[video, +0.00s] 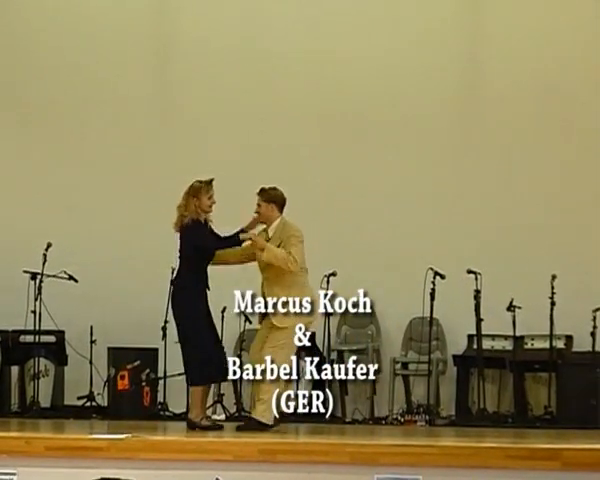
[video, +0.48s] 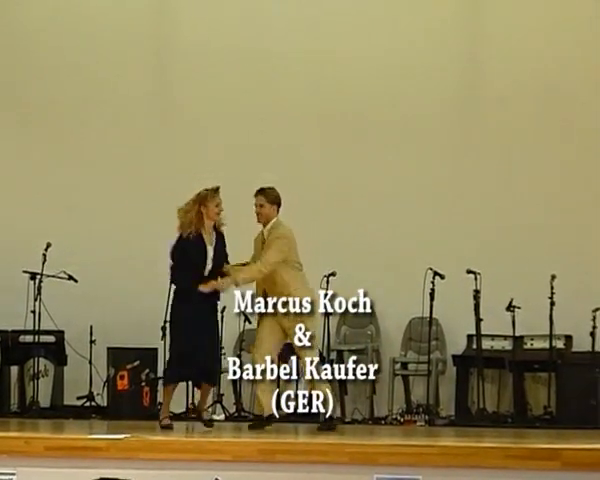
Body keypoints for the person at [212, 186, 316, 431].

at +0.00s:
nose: (256, 210)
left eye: (259, 206)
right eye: (256, 205)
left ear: (273, 208)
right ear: (268, 208)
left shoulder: (291, 232)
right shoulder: (263, 236)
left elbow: (293, 262)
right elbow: (241, 254)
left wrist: (261, 246)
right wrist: (205, 256)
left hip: (295, 311)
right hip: (275, 310)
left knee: (273, 358)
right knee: (257, 357)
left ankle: (265, 415)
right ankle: (260, 412)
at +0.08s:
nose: (254, 211)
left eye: (257, 207)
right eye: (254, 206)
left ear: (271, 208)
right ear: (267, 209)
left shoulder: (290, 236)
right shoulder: (260, 239)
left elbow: (294, 272)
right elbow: (239, 262)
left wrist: (264, 258)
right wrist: (206, 263)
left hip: (293, 310)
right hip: (273, 309)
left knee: (273, 357)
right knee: (261, 359)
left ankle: (267, 413)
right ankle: (259, 412)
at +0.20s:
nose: (256, 208)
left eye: (259, 204)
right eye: (256, 204)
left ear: (274, 206)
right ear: (268, 206)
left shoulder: (289, 235)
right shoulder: (263, 237)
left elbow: (286, 276)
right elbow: (247, 264)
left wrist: (252, 272)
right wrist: (220, 268)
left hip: (292, 308)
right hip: (271, 307)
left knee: (275, 347)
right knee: (263, 358)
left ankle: (281, 410)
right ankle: (263, 414)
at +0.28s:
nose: (257, 203)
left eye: (261, 199)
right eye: (257, 199)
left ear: (276, 201)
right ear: (266, 201)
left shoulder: (285, 228)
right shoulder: (266, 229)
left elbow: (268, 264)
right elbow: (254, 256)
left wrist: (230, 263)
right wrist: (226, 260)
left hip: (295, 305)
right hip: (273, 306)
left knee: (288, 353)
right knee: (268, 357)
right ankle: (270, 413)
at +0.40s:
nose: (257, 204)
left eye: (261, 200)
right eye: (257, 200)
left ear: (275, 201)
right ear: (265, 202)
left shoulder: (283, 228)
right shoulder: (264, 231)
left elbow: (256, 256)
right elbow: (254, 266)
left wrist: (221, 265)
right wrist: (225, 265)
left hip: (298, 301)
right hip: (273, 304)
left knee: (305, 355)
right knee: (262, 351)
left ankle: (324, 408)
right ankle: (267, 410)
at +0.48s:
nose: (256, 211)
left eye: (261, 206)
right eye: (255, 206)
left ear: (275, 208)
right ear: (257, 208)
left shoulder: (282, 235)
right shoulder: (261, 237)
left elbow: (263, 267)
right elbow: (254, 266)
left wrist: (229, 281)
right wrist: (228, 269)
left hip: (297, 308)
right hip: (272, 309)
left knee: (308, 360)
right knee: (261, 358)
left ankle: (327, 411)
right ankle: (266, 411)